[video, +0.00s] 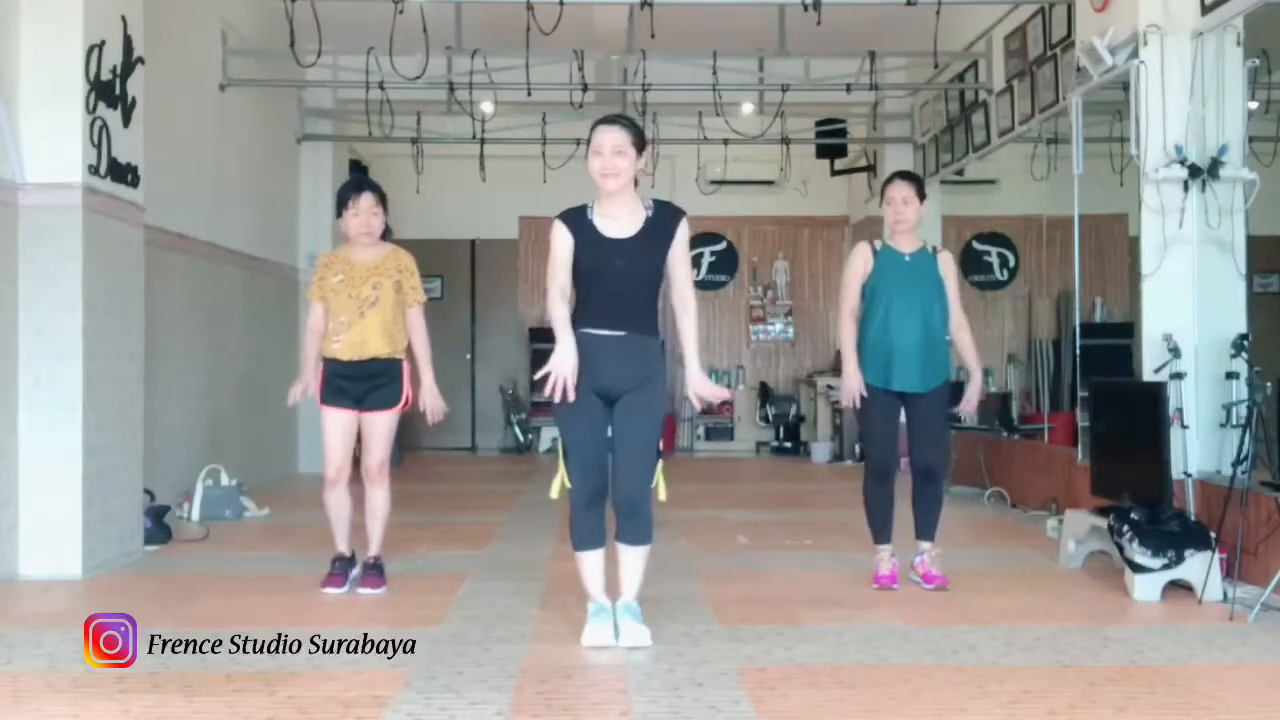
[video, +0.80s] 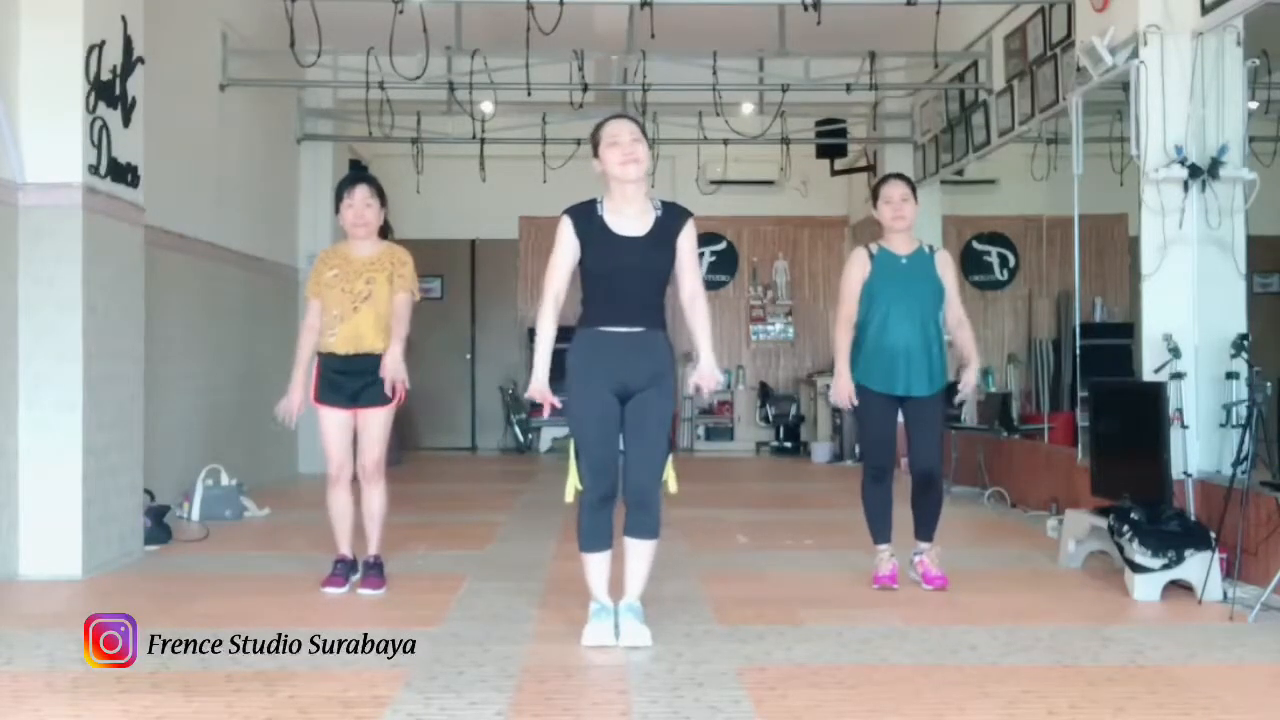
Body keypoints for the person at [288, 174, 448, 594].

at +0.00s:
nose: (365, 220)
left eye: (373, 211)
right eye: (355, 212)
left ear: (384, 217)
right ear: (341, 219)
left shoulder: (401, 262)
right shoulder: (328, 264)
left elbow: (416, 325)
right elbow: (315, 323)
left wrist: (428, 383)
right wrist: (308, 373)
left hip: (385, 371)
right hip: (336, 370)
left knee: (375, 469)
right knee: (335, 472)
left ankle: (373, 559)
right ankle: (342, 556)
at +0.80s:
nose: (359, 212)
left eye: (368, 203)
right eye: (350, 204)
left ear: (382, 212)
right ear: (338, 214)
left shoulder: (397, 259)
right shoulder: (326, 262)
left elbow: (402, 310)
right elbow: (311, 326)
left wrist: (395, 353)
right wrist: (297, 385)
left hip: (378, 367)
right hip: (332, 367)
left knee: (371, 468)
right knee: (338, 470)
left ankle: (373, 558)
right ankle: (343, 558)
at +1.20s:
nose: (351, 215)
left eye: (360, 207)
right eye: (343, 207)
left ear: (376, 215)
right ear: (332, 216)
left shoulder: (389, 260)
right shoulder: (321, 264)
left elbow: (384, 304)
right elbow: (311, 326)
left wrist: (362, 322)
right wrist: (300, 381)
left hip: (367, 370)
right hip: (323, 368)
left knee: (360, 469)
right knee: (335, 469)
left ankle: (370, 556)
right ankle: (344, 559)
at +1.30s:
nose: (351, 215)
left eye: (360, 207)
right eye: (343, 207)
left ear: (376, 214)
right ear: (331, 216)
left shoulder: (389, 260)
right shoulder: (321, 263)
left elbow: (385, 301)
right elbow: (310, 326)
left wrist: (364, 316)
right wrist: (296, 379)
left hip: (368, 368)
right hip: (322, 367)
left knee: (359, 469)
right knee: (335, 470)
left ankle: (370, 556)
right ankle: (344, 559)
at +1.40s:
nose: (351, 214)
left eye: (361, 206)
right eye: (343, 207)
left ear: (377, 214)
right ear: (332, 215)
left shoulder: (390, 259)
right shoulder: (322, 263)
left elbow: (386, 303)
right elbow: (308, 325)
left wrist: (366, 317)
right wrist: (291, 379)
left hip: (369, 368)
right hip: (323, 367)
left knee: (359, 468)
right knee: (335, 470)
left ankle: (370, 557)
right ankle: (345, 560)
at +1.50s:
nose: (353, 215)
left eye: (362, 208)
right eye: (345, 208)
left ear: (377, 217)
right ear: (334, 217)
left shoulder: (392, 261)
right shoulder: (322, 265)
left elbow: (393, 306)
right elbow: (306, 327)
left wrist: (374, 330)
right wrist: (284, 386)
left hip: (371, 370)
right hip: (324, 368)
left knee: (361, 469)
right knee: (335, 470)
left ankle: (371, 557)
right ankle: (345, 560)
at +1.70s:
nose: (356, 212)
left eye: (365, 204)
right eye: (346, 204)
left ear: (378, 212)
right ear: (335, 214)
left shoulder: (394, 258)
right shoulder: (323, 261)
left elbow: (403, 322)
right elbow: (305, 316)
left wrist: (407, 378)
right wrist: (285, 365)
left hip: (377, 368)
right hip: (328, 368)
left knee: (368, 468)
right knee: (339, 468)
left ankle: (374, 558)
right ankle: (344, 560)